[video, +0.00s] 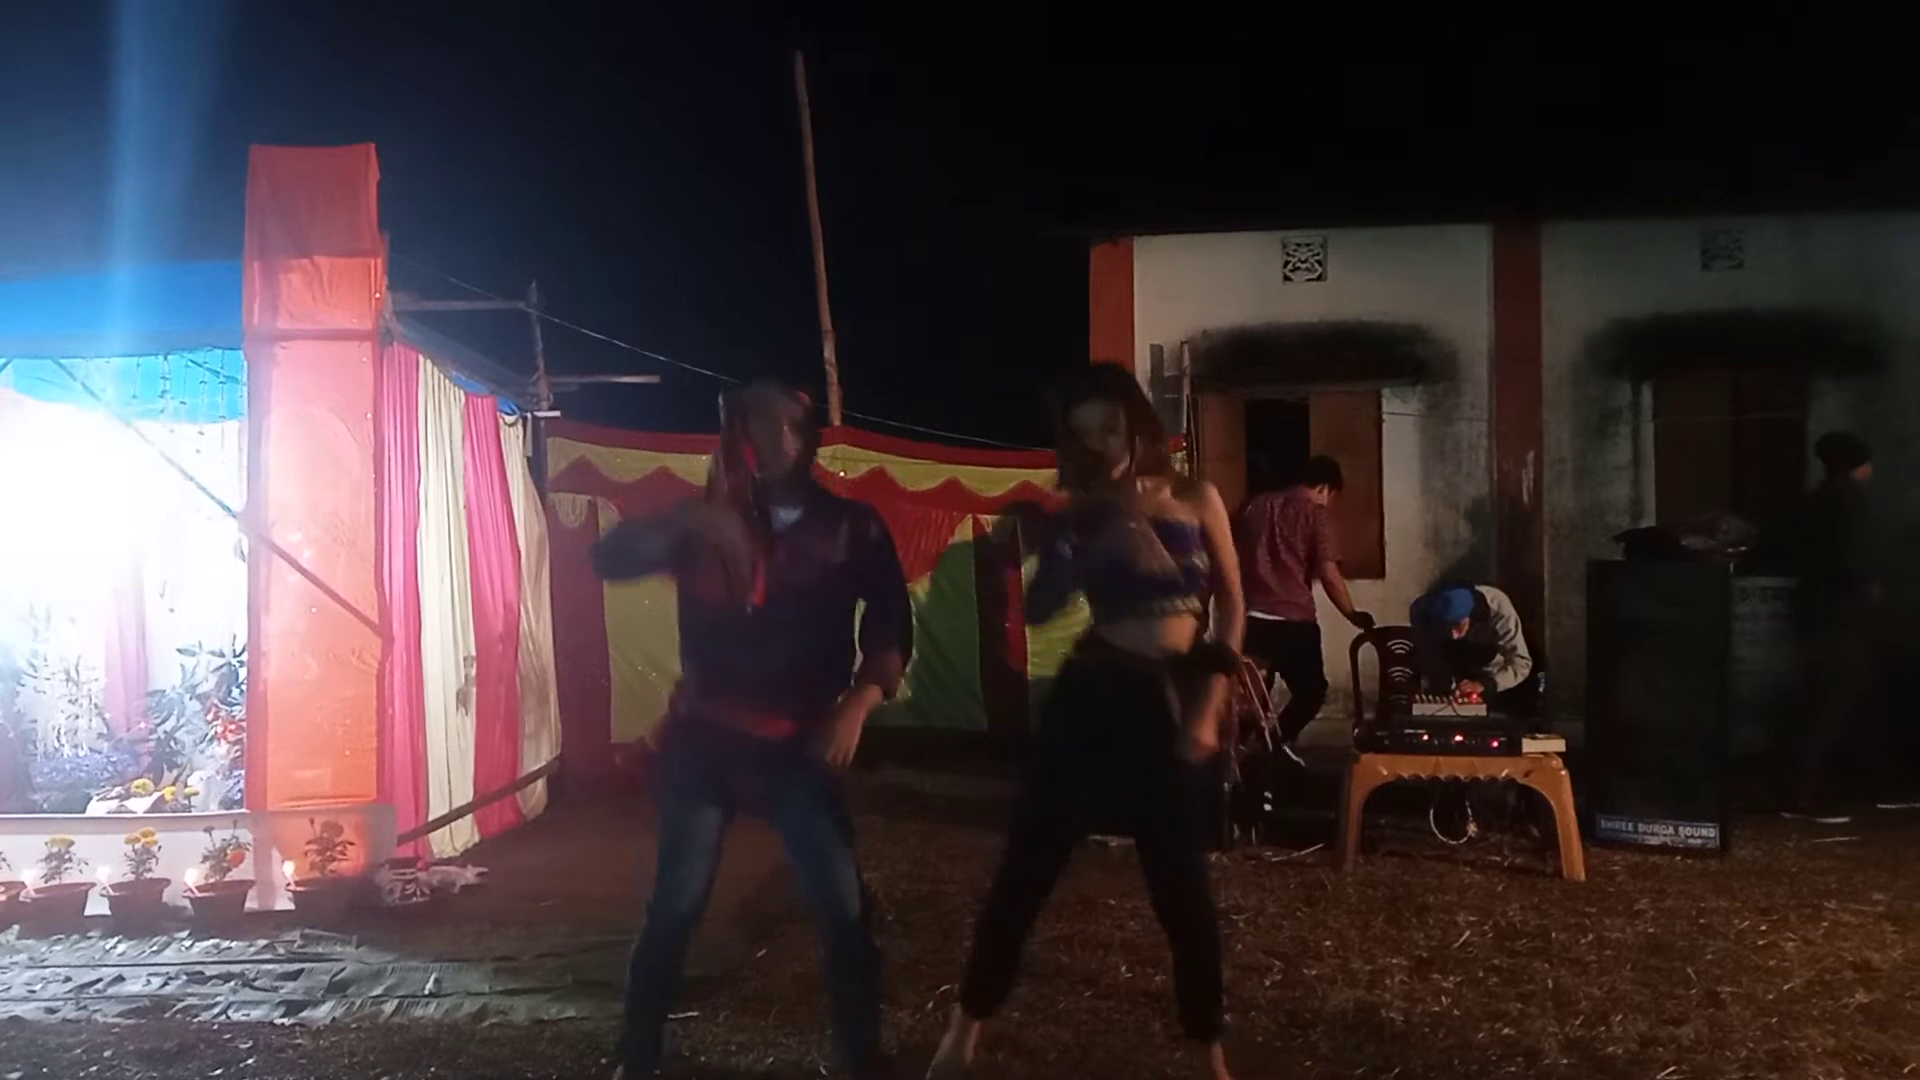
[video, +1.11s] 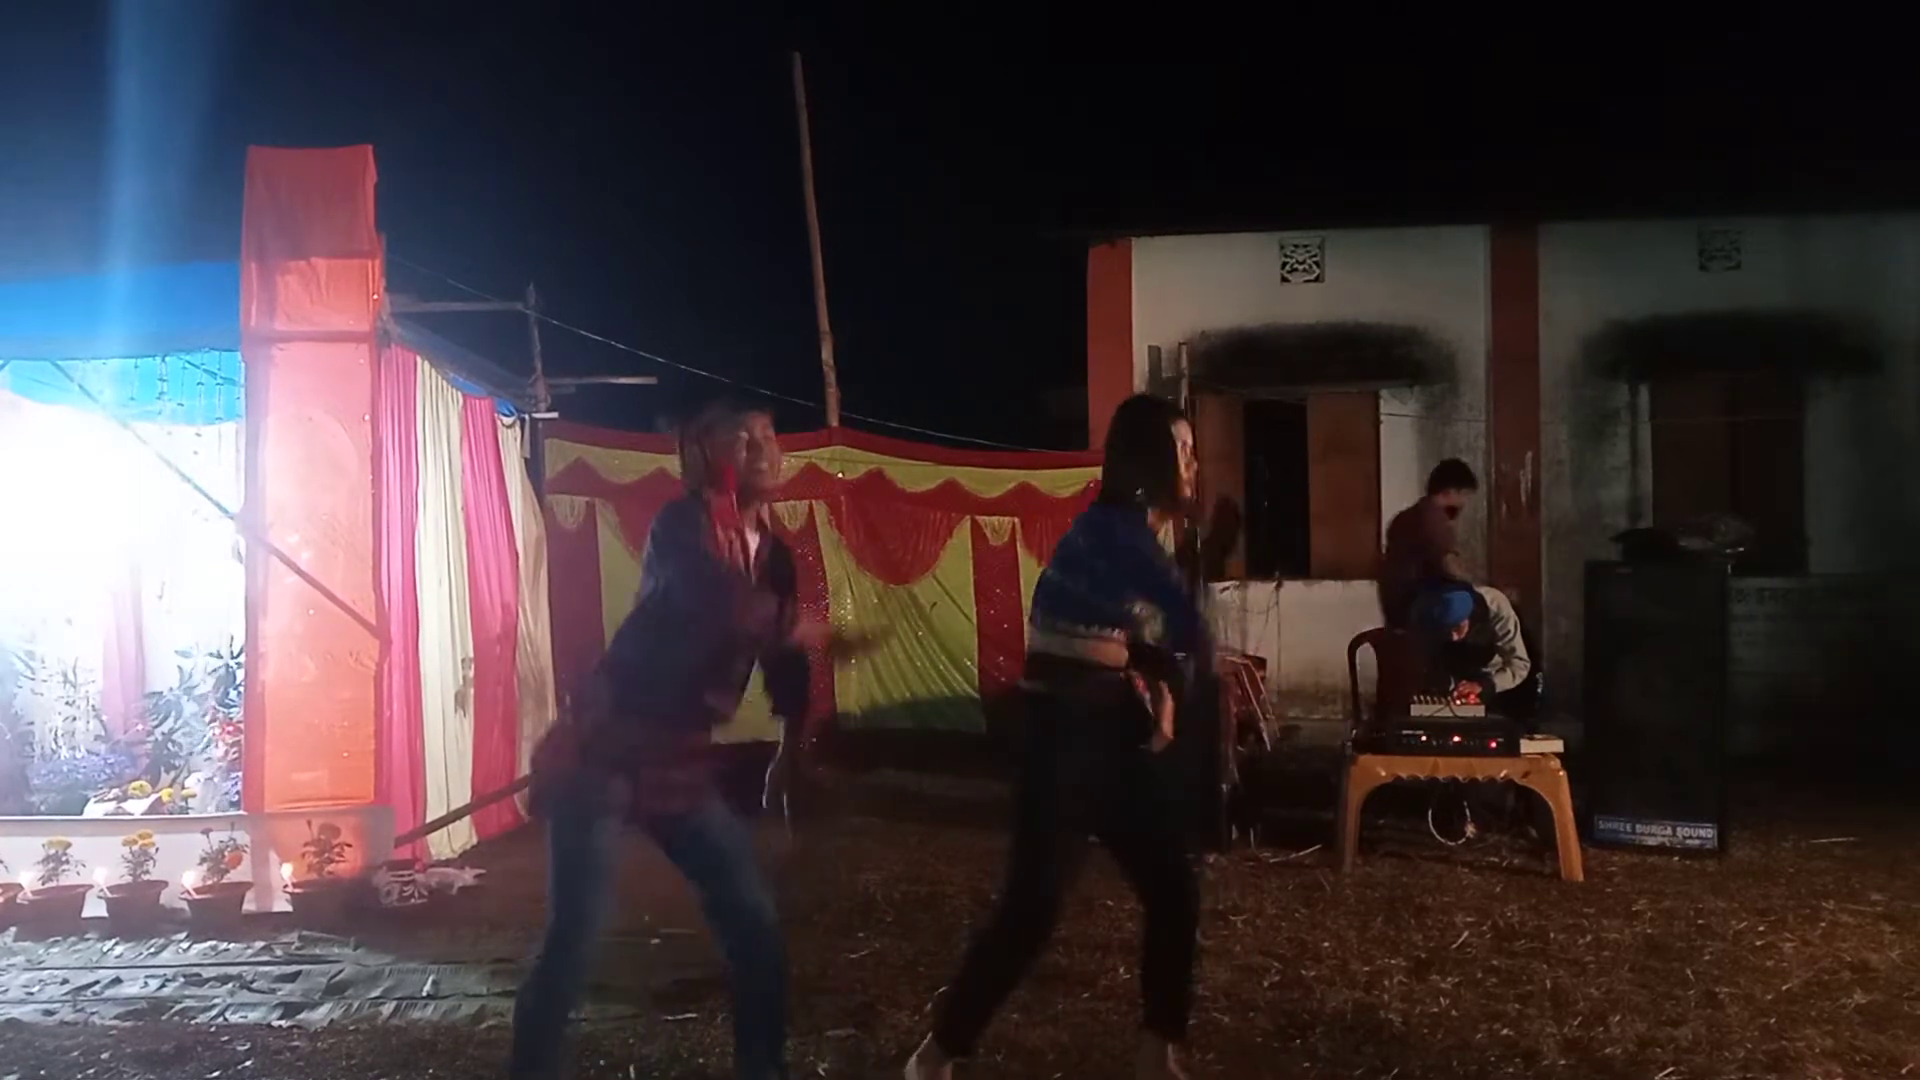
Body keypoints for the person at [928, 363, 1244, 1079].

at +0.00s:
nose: (1099, 448)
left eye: (1110, 431)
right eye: (1084, 436)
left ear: (1140, 426)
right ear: (1068, 440)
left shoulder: (1196, 501)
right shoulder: (1080, 516)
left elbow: (1231, 604)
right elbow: (1035, 610)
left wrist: (1211, 704)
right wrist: (1031, 549)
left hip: (1174, 697)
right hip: (1093, 693)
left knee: (1182, 882)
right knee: (1028, 864)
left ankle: (1211, 1048)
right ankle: (965, 1029)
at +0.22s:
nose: (1105, 448)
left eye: (1118, 433)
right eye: (1092, 435)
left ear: (1144, 431)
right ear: (1075, 439)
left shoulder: (1188, 493)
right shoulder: (1077, 517)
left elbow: (1257, 590)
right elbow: (1065, 612)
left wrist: (1241, 692)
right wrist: (1033, 554)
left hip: (1201, 689)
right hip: (1125, 690)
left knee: (1205, 875)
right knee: (1069, 854)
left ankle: (1228, 1047)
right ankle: (1001, 1017)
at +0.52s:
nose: (1137, 461)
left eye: (1150, 449)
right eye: (1123, 445)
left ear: (1164, 460)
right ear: (1093, 452)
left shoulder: (1175, 540)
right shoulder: (1060, 533)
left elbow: (1227, 648)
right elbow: (1050, 647)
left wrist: (1183, 742)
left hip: (1164, 740)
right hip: (1082, 739)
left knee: (1189, 914)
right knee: (1046, 915)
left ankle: (1270, 1055)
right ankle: (1051, 1060)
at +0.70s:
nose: (1170, 414)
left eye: (1179, 401)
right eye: (1157, 401)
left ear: (1188, 403)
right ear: (1122, 399)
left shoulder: (1189, 484)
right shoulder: (1079, 472)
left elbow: (1205, 590)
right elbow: (1064, 563)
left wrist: (1189, 677)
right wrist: (1138, 585)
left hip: (1154, 663)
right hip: (1075, 661)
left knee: (1175, 843)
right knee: (1048, 841)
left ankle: (1207, 1022)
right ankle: (1023, 1021)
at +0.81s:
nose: (1180, 404)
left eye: (1188, 392)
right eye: (1169, 389)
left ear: (1193, 396)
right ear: (1129, 386)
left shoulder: (1179, 479)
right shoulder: (1095, 463)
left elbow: (1184, 580)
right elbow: (1121, 493)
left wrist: (1187, 664)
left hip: (1142, 663)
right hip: (1069, 655)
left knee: (1169, 846)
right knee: (1039, 839)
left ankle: (1171, 1032)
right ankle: (973, 1014)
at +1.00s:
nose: (1196, 474)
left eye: (1195, 461)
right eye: (1183, 461)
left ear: (1156, 469)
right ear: (1142, 465)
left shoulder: (1141, 543)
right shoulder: (1110, 536)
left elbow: (1141, 638)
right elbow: (1179, 617)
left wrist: (1171, 707)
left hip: (1117, 724)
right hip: (1062, 726)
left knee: (1188, 897)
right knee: (1036, 909)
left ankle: (1160, 1052)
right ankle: (936, 1054)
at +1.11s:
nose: (1192, 465)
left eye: (1191, 450)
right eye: (1183, 451)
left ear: (1128, 455)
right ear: (1153, 456)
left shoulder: (1106, 525)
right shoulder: (1121, 531)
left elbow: (1100, 639)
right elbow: (1191, 631)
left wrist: (1154, 683)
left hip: (1102, 730)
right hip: (1063, 731)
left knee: (1173, 888)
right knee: (1032, 906)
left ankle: (1161, 1052)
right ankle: (934, 1055)